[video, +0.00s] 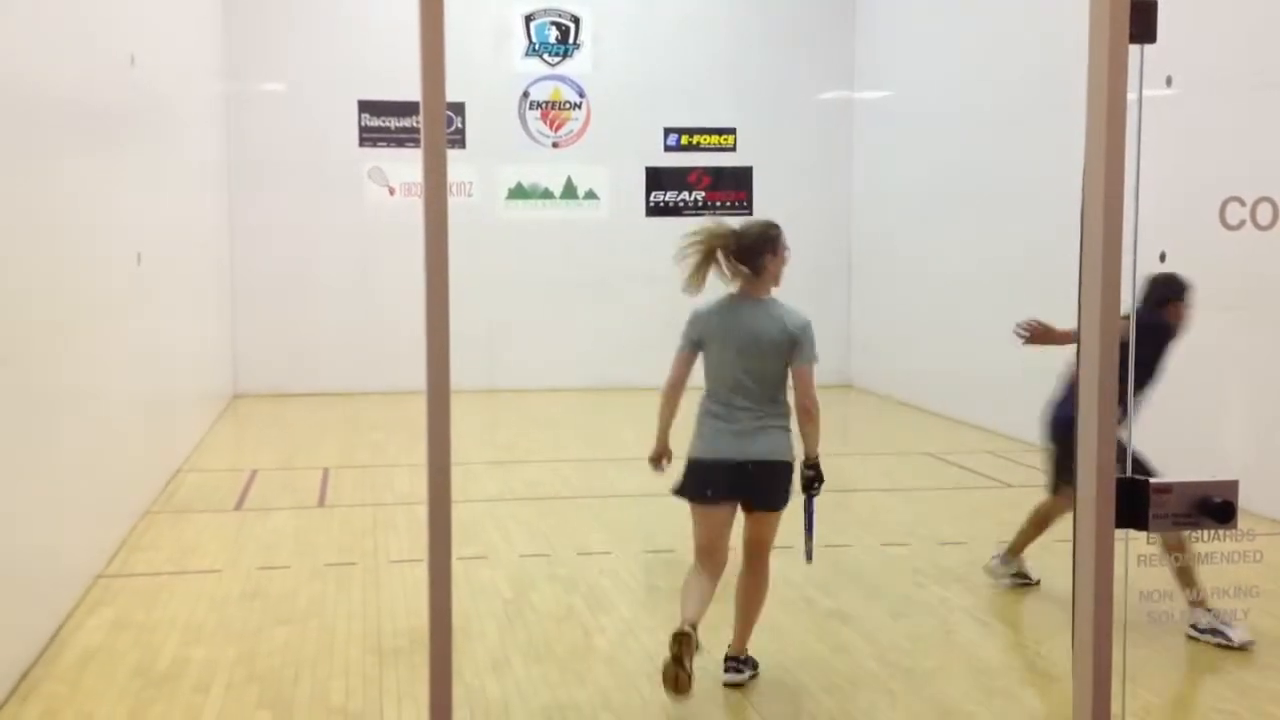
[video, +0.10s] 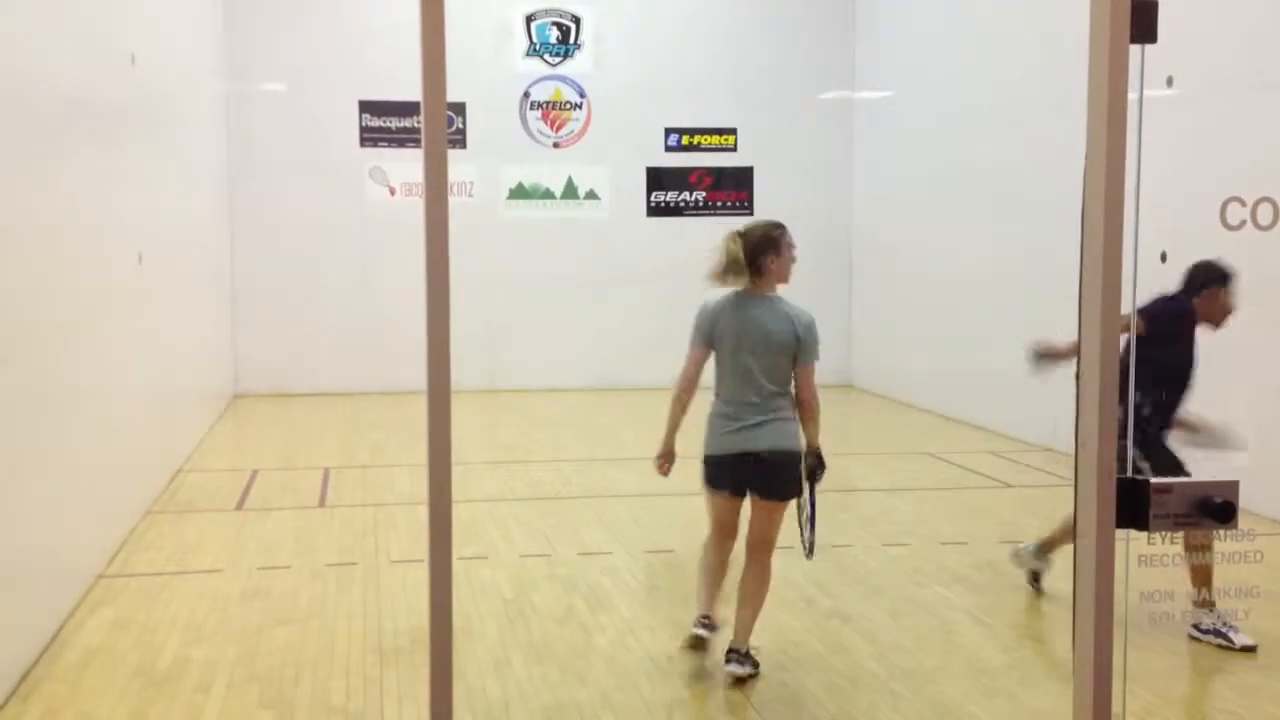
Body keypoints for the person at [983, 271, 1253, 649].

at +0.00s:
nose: (1186, 313)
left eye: (1185, 306)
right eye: (1183, 306)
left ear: (1155, 304)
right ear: (1169, 307)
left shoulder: (1147, 328)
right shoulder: (1152, 329)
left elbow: (1105, 332)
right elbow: (1107, 329)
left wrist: (1058, 336)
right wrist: (1059, 335)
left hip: (1072, 424)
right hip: (1088, 430)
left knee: (1065, 495)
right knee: (1161, 502)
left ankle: (1007, 559)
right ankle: (1200, 612)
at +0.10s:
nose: (1231, 308)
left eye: (1230, 299)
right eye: (1227, 299)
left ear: (1205, 295)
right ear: (1206, 294)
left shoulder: (1178, 326)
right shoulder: (1174, 310)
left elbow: (1147, 401)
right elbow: (1119, 325)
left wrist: (1188, 427)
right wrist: (1064, 352)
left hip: (1137, 432)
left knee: (1109, 504)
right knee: (1194, 509)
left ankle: (1038, 552)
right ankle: (1204, 612)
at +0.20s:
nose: (1259, 281)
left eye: (1263, 273)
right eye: (1255, 269)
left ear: (1255, 272)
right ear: (1229, 260)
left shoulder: (1241, 327)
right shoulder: (1173, 281)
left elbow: (1262, 381)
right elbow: (1113, 307)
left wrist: (1276, 383)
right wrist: (1095, 360)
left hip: (1184, 412)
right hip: (1142, 397)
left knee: (1151, 504)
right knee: (1179, 501)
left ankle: (1071, 555)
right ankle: (1203, 606)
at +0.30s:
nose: (1269, 257)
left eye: (1274, 250)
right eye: (1266, 245)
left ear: (1274, 253)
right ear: (1245, 234)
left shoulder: (1269, 296)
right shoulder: (1193, 267)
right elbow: (1136, 304)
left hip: (1221, 403)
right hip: (1176, 397)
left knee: (1205, 506)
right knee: (1192, 504)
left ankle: (1127, 560)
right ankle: (1215, 606)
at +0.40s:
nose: (1278, 231)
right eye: (1273, 223)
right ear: (1258, 227)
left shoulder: (1277, 277)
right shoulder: (1220, 268)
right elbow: (1190, 309)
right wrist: (1174, 339)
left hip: (1265, 401)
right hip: (1212, 398)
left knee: (1258, 502)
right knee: (1217, 502)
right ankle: (1235, 605)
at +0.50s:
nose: (1275, 229)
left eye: (1277, 223)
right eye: (1273, 222)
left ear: (1277, 230)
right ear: (1268, 227)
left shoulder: (1270, 271)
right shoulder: (1253, 268)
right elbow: (1230, 322)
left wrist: (1183, 254)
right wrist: (1190, 358)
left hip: (1273, 406)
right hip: (1242, 404)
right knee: (1237, 510)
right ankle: (1258, 607)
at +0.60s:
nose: (1273, 225)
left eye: (1276, 216)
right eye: (1273, 215)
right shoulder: (1276, 267)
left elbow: (1267, 311)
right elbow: (1270, 330)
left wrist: (1192, 288)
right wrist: (1229, 373)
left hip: (1273, 402)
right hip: (1268, 400)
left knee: (1264, 498)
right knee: (1262, 497)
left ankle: (1272, 608)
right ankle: (1272, 607)